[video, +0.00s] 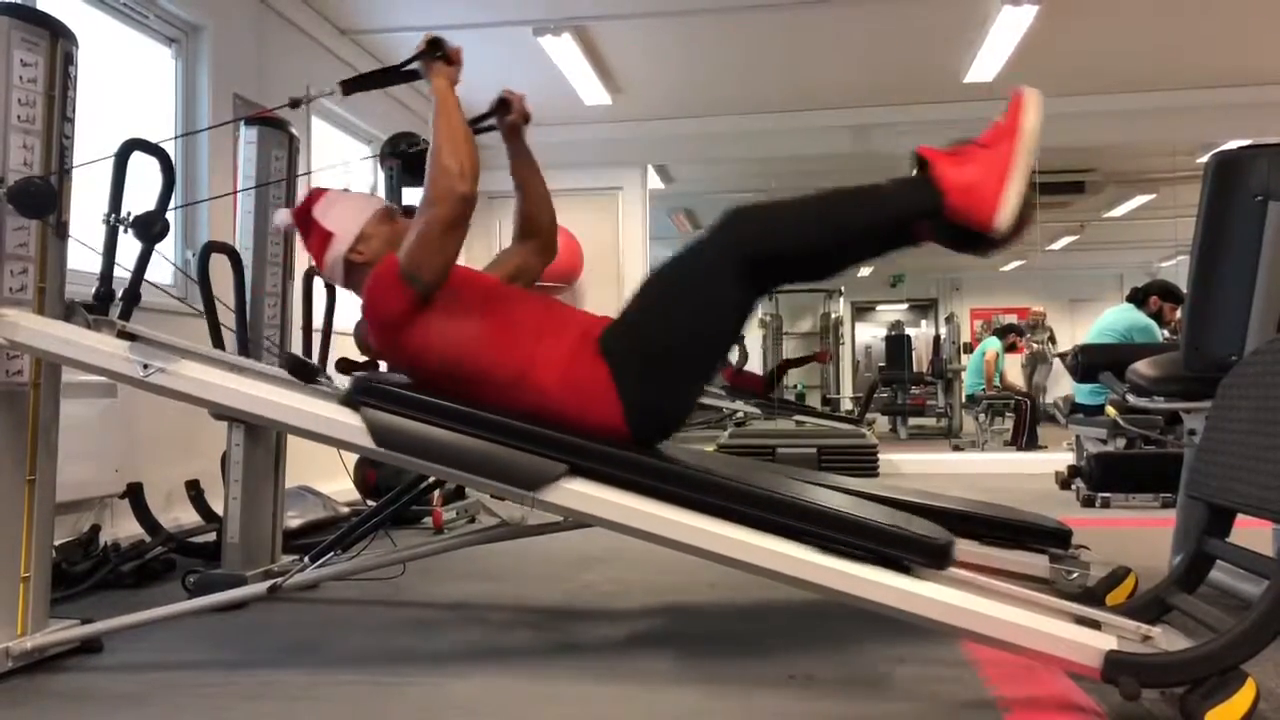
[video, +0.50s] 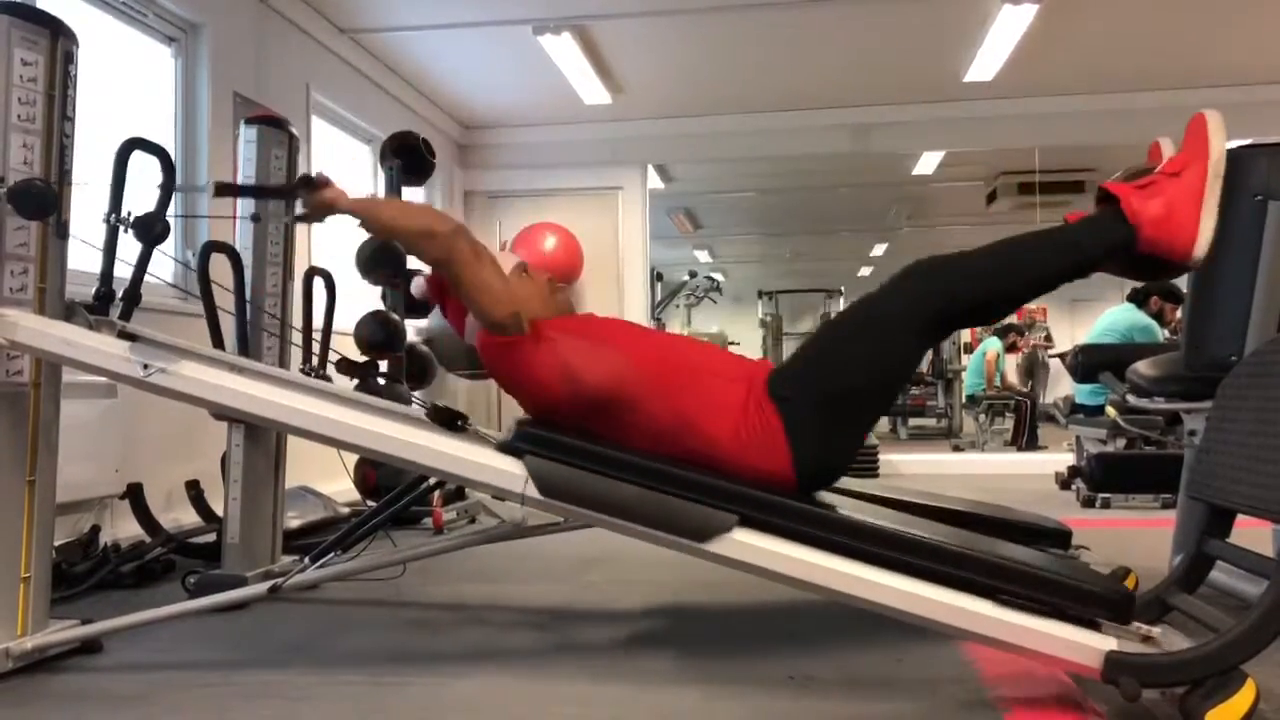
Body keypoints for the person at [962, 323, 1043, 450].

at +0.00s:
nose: (1019, 345)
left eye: (1021, 341)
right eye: (1019, 340)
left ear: (1010, 337)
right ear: (1011, 337)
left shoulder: (999, 349)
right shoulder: (994, 342)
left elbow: (1004, 382)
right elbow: (988, 360)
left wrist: (1020, 391)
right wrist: (989, 390)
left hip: (984, 392)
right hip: (977, 393)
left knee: (1026, 400)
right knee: (1026, 401)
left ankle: (1018, 442)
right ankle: (1025, 444)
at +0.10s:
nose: (1019, 345)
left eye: (1021, 342)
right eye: (1020, 340)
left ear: (1011, 337)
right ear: (1011, 337)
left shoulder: (999, 350)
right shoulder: (994, 342)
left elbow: (1004, 382)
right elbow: (989, 360)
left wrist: (1021, 391)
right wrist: (990, 390)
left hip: (984, 393)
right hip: (977, 393)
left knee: (1026, 400)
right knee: (1027, 401)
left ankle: (1018, 442)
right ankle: (1025, 444)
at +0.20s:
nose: (1019, 344)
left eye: (1021, 341)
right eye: (1019, 339)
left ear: (1010, 337)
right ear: (1011, 336)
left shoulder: (999, 350)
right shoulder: (994, 342)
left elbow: (1004, 381)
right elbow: (988, 360)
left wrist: (1021, 391)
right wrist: (990, 390)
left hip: (983, 392)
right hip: (977, 393)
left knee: (1026, 400)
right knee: (1026, 401)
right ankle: (1025, 444)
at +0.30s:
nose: (1018, 344)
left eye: (1020, 341)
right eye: (1018, 339)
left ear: (1009, 337)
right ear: (1011, 336)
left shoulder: (998, 349)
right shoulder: (994, 342)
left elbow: (1004, 383)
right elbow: (989, 360)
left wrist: (1022, 392)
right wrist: (989, 389)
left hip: (982, 392)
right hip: (977, 393)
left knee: (1025, 401)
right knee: (1027, 402)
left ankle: (1017, 441)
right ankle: (1026, 443)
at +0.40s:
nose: (1019, 345)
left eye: (1021, 342)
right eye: (1019, 340)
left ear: (1010, 338)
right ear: (1011, 337)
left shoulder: (999, 350)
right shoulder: (995, 343)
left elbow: (1004, 383)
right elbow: (989, 360)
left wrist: (1022, 392)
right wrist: (990, 389)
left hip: (982, 393)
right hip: (977, 393)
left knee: (1026, 401)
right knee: (1027, 402)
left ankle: (1018, 442)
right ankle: (1027, 444)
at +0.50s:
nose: (1019, 343)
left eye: (1021, 340)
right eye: (1019, 338)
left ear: (1010, 337)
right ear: (1011, 336)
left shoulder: (999, 349)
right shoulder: (995, 342)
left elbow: (1005, 383)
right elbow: (989, 360)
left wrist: (1023, 392)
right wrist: (990, 389)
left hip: (983, 392)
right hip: (977, 393)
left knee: (1027, 400)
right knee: (1027, 401)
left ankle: (1019, 441)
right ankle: (1027, 443)